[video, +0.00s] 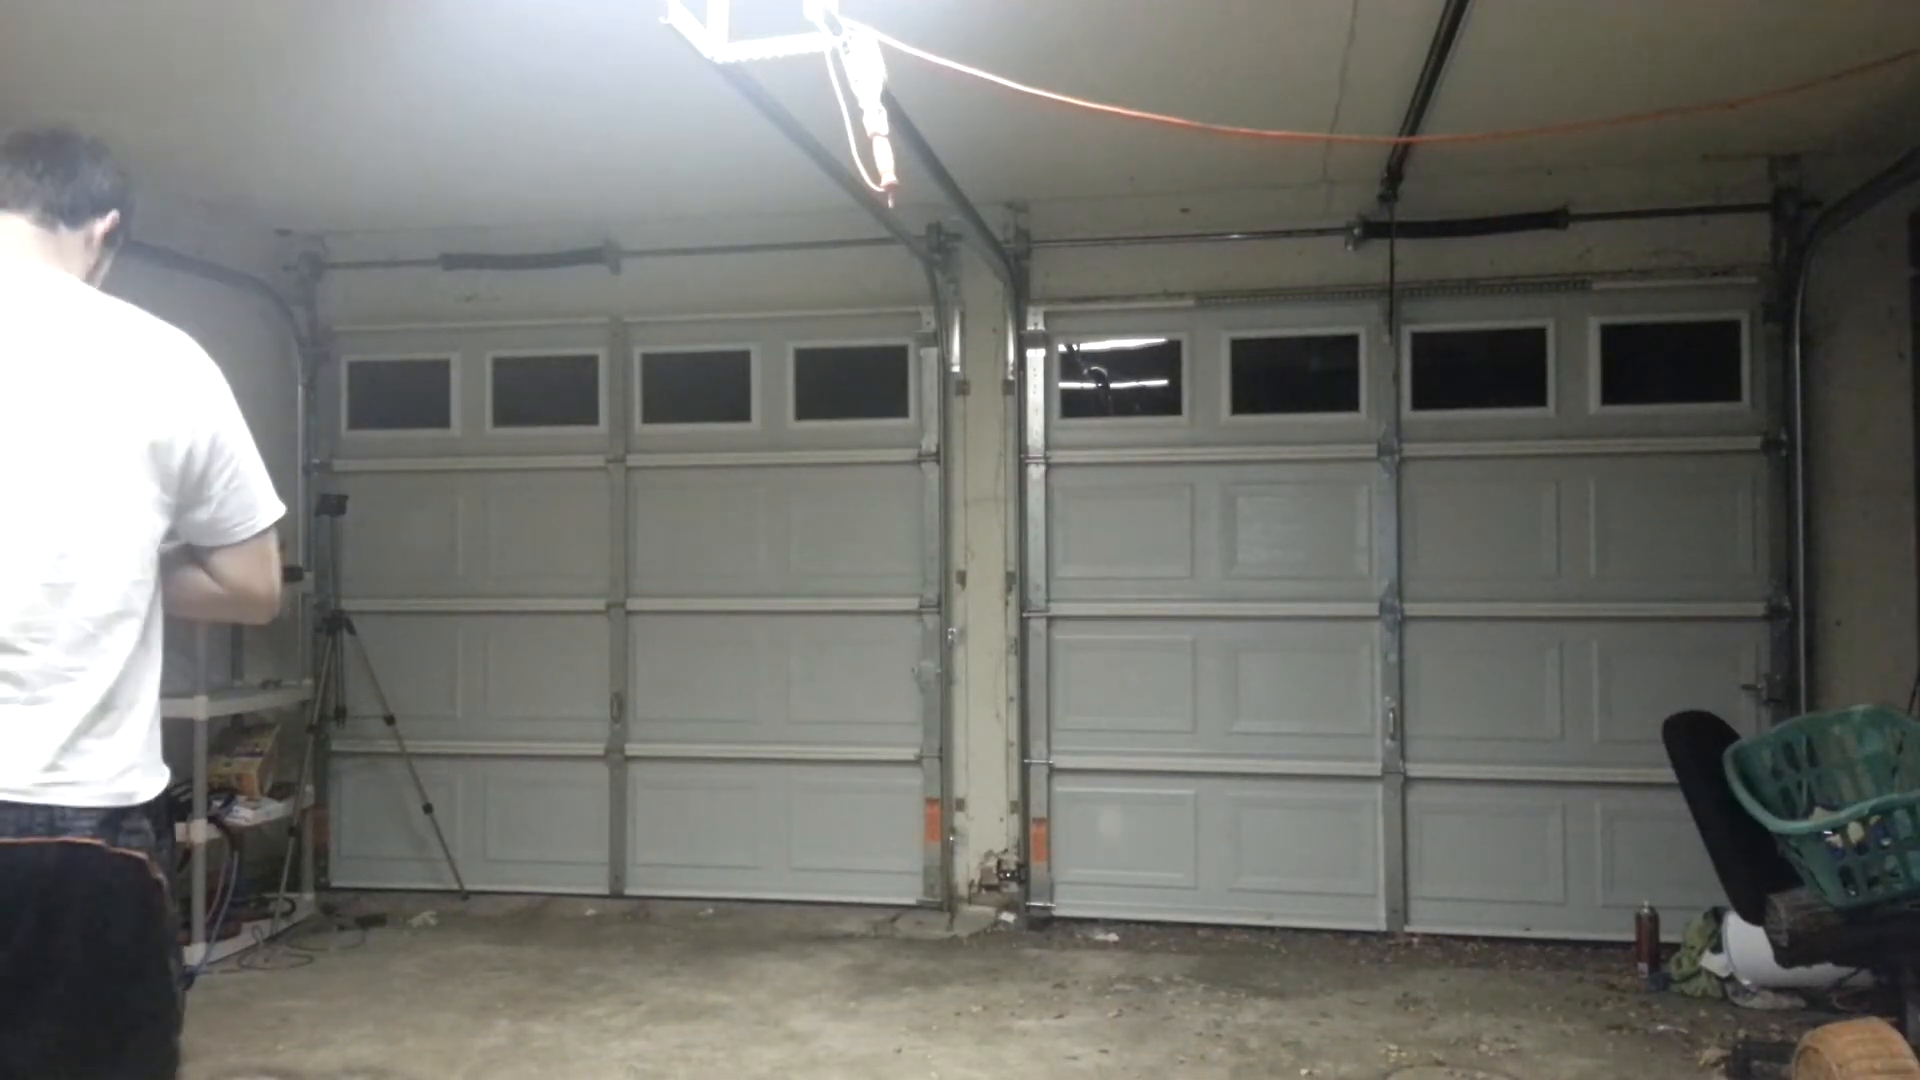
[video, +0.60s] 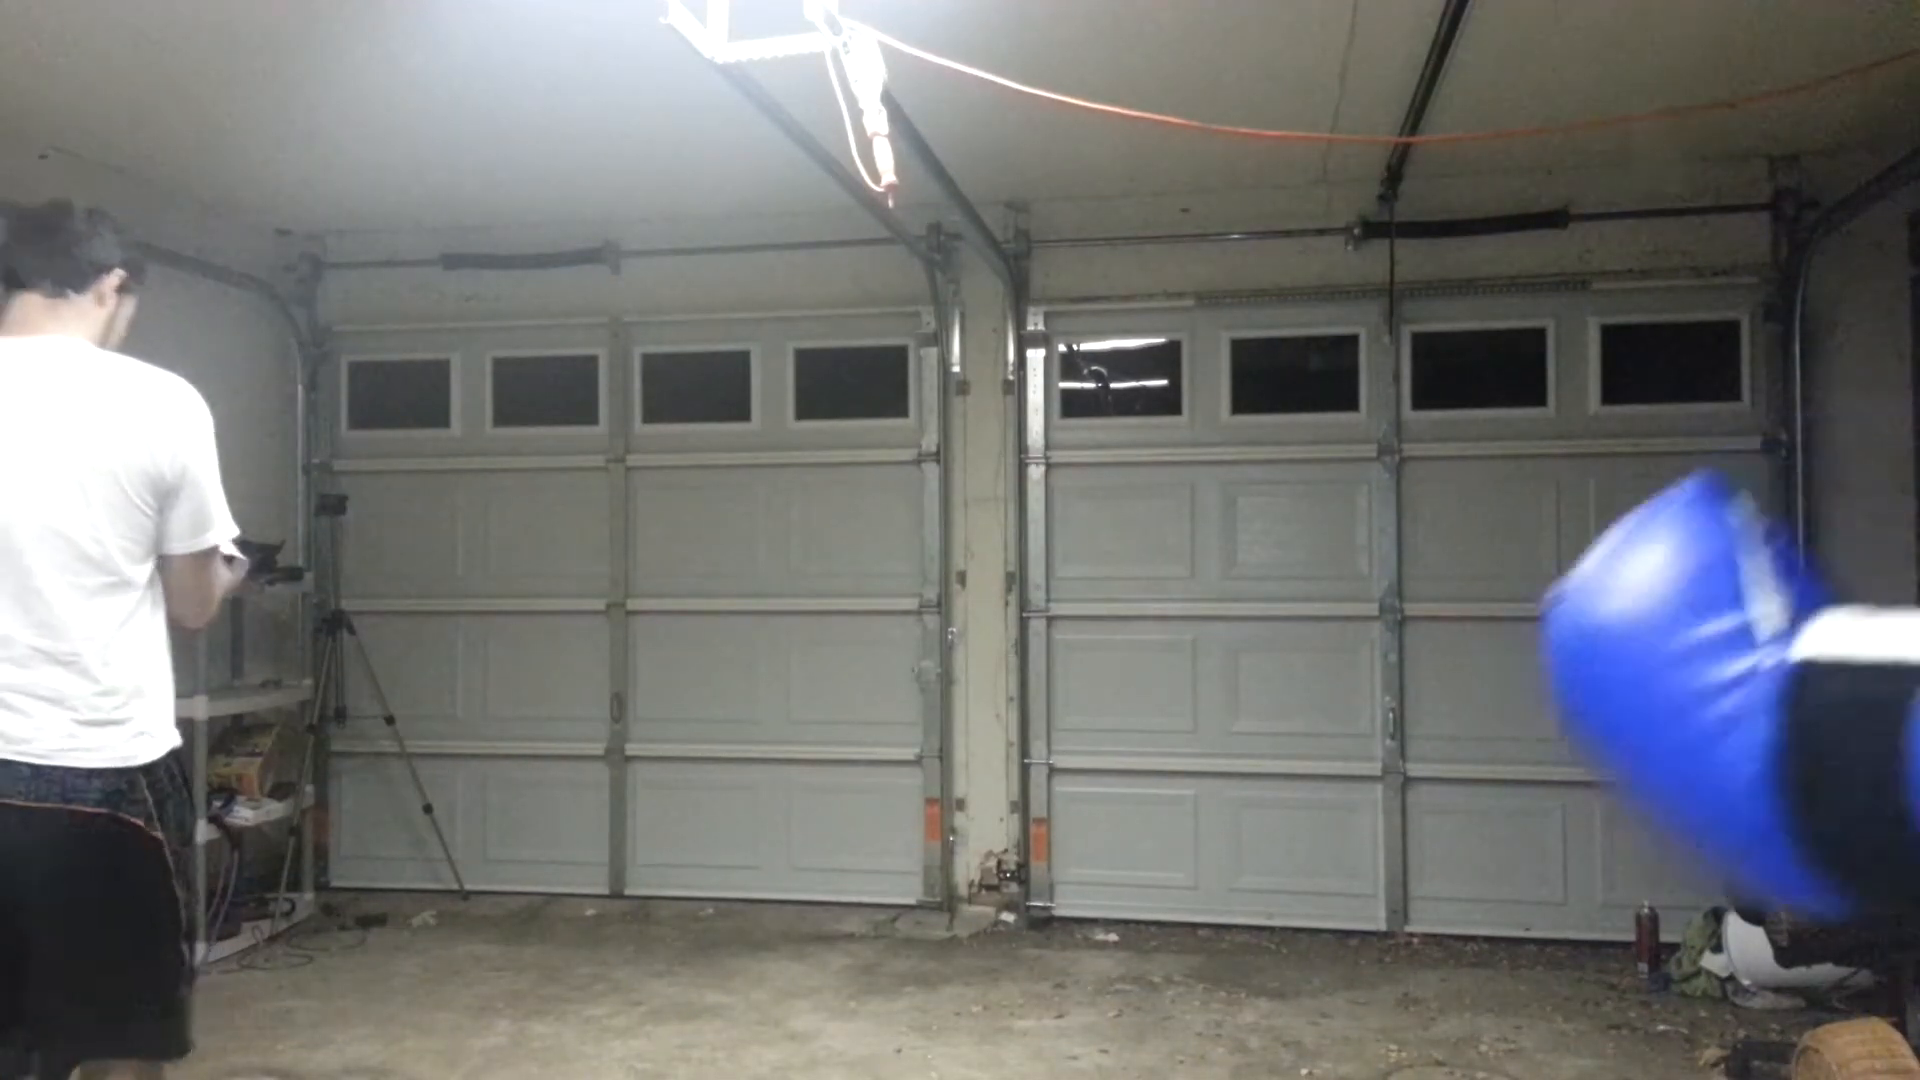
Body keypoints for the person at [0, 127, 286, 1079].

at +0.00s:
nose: (101, 261)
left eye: (104, 250)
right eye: (113, 245)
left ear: (3, 213)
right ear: (103, 230)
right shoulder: (156, 361)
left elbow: (252, 589)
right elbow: (253, 589)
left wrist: (106, 561)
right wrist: (102, 565)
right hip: (75, 849)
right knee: (102, 1062)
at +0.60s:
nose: (125, 326)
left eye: (128, 308)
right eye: (129, 305)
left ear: (11, 286)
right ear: (111, 289)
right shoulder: (161, 403)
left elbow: (185, 606)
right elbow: (192, 606)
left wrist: (206, 562)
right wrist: (221, 568)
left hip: (3, 785)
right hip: (101, 795)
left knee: (14, 1052)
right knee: (128, 1053)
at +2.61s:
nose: (539, 426)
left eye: (552, 415)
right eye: (540, 403)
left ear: (493, 363)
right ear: (496, 359)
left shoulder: (460, 429)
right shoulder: (428, 415)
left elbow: (468, 593)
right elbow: (461, 589)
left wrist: (551, 565)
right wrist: (539, 644)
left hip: (465, 728)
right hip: (396, 733)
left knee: (512, 954)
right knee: (382, 988)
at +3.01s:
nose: (620, 407)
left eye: (632, 394)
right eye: (614, 384)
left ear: (635, 384)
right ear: (569, 347)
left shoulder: (610, 442)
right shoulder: (489, 405)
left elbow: (653, 551)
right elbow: (523, 546)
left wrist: (644, 589)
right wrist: (599, 605)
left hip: (584, 706)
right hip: (491, 701)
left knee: (575, 940)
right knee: (505, 933)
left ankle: (561, 1078)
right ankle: (450, 1070)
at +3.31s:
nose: (623, 373)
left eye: (636, 356)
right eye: (607, 350)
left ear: (646, 353)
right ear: (558, 333)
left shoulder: (644, 428)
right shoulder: (495, 415)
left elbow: (694, 552)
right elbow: (520, 566)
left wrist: (659, 608)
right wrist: (625, 613)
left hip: (616, 724)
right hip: (515, 723)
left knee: (592, 963)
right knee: (532, 977)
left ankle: (573, 1079)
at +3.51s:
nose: (599, 346)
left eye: (611, 327)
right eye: (579, 325)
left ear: (625, 327)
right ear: (527, 322)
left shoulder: (642, 428)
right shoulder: (471, 428)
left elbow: (686, 555)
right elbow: (470, 597)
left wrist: (674, 625)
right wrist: (606, 644)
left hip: (633, 736)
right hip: (519, 742)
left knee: (622, 964)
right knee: (536, 985)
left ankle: (576, 1078)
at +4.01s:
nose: (580, 311)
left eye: (596, 291)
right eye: (558, 290)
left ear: (617, 298)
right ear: (513, 296)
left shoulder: (658, 420)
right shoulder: (443, 427)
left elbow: (714, 563)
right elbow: (387, 591)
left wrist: (699, 591)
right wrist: (450, 611)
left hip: (647, 748)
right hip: (512, 757)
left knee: (667, 1001)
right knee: (522, 1021)